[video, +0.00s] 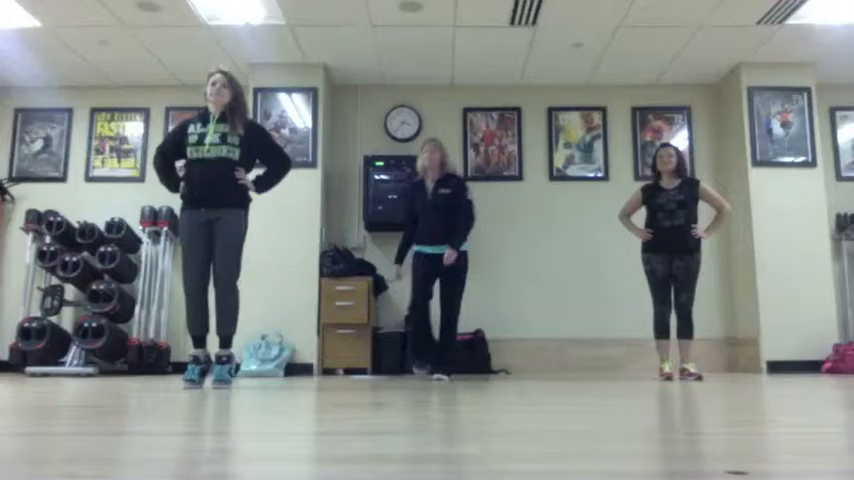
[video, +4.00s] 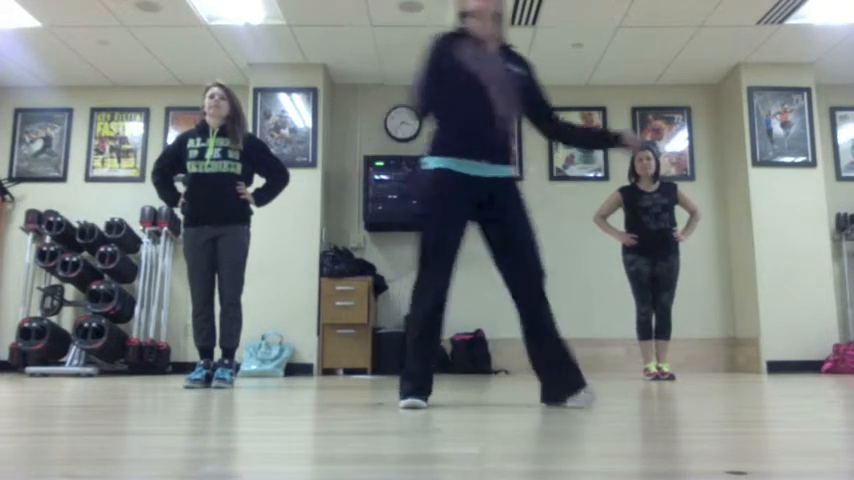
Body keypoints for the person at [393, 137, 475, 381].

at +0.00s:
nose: (430, 156)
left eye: (435, 151)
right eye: (426, 151)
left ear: (442, 156)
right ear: (421, 157)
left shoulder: (455, 183)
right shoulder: (415, 186)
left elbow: (467, 217)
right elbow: (411, 225)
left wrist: (455, 246)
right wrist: (399, 259)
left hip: (451, 254)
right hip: (423, 254)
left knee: (449, 312)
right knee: (418, 307)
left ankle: (442, 367)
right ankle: (422, 360)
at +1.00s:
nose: (458, 97)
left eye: (464, 93)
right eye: (454, 93)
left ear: (473, 99)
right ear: (446, 98)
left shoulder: (490, 136)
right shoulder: (435, 137)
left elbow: (505, 181)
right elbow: (421, 182)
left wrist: (511, 223)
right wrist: (427, 218)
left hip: (487, 223)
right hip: (447, 224)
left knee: (489, 298)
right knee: (443, 291)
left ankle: (486, 373)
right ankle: (447, 365)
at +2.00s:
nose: (440, 23)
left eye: (447, 18)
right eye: (434, 18)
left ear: (458, 28)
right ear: (424, 29)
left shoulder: (479, 77)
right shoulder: (407, 80)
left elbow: (498, 130)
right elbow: (391, 135)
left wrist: (505, 180)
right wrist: (379, 183)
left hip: (468, 187)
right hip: (416, 187)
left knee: (460, 284)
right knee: (412, 280)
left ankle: (446, 384)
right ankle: (411, 377)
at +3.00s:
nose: (428, 3)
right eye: (422, 0)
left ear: (449, 10)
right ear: (414, 12)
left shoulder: (473, 62)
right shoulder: (396, 60)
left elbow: (491, 123)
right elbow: (371, 118)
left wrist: (494, 178)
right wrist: (327, 80)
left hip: (461, 179)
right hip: (407, 178)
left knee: (456, 284)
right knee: (409, 282)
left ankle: (445, 385)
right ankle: (413, 386)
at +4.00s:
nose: (489, 18)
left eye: (494, 12)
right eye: (480, 12)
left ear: (501, 15)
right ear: (466, 15)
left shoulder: (514, 65)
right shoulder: (448, 48)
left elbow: (552, 127)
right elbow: (426, 102)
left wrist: (616, 138)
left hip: (498, 184)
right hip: (449, 180)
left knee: (527, 282)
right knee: (432, 284)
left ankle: (560, 385)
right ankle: (414, 389)